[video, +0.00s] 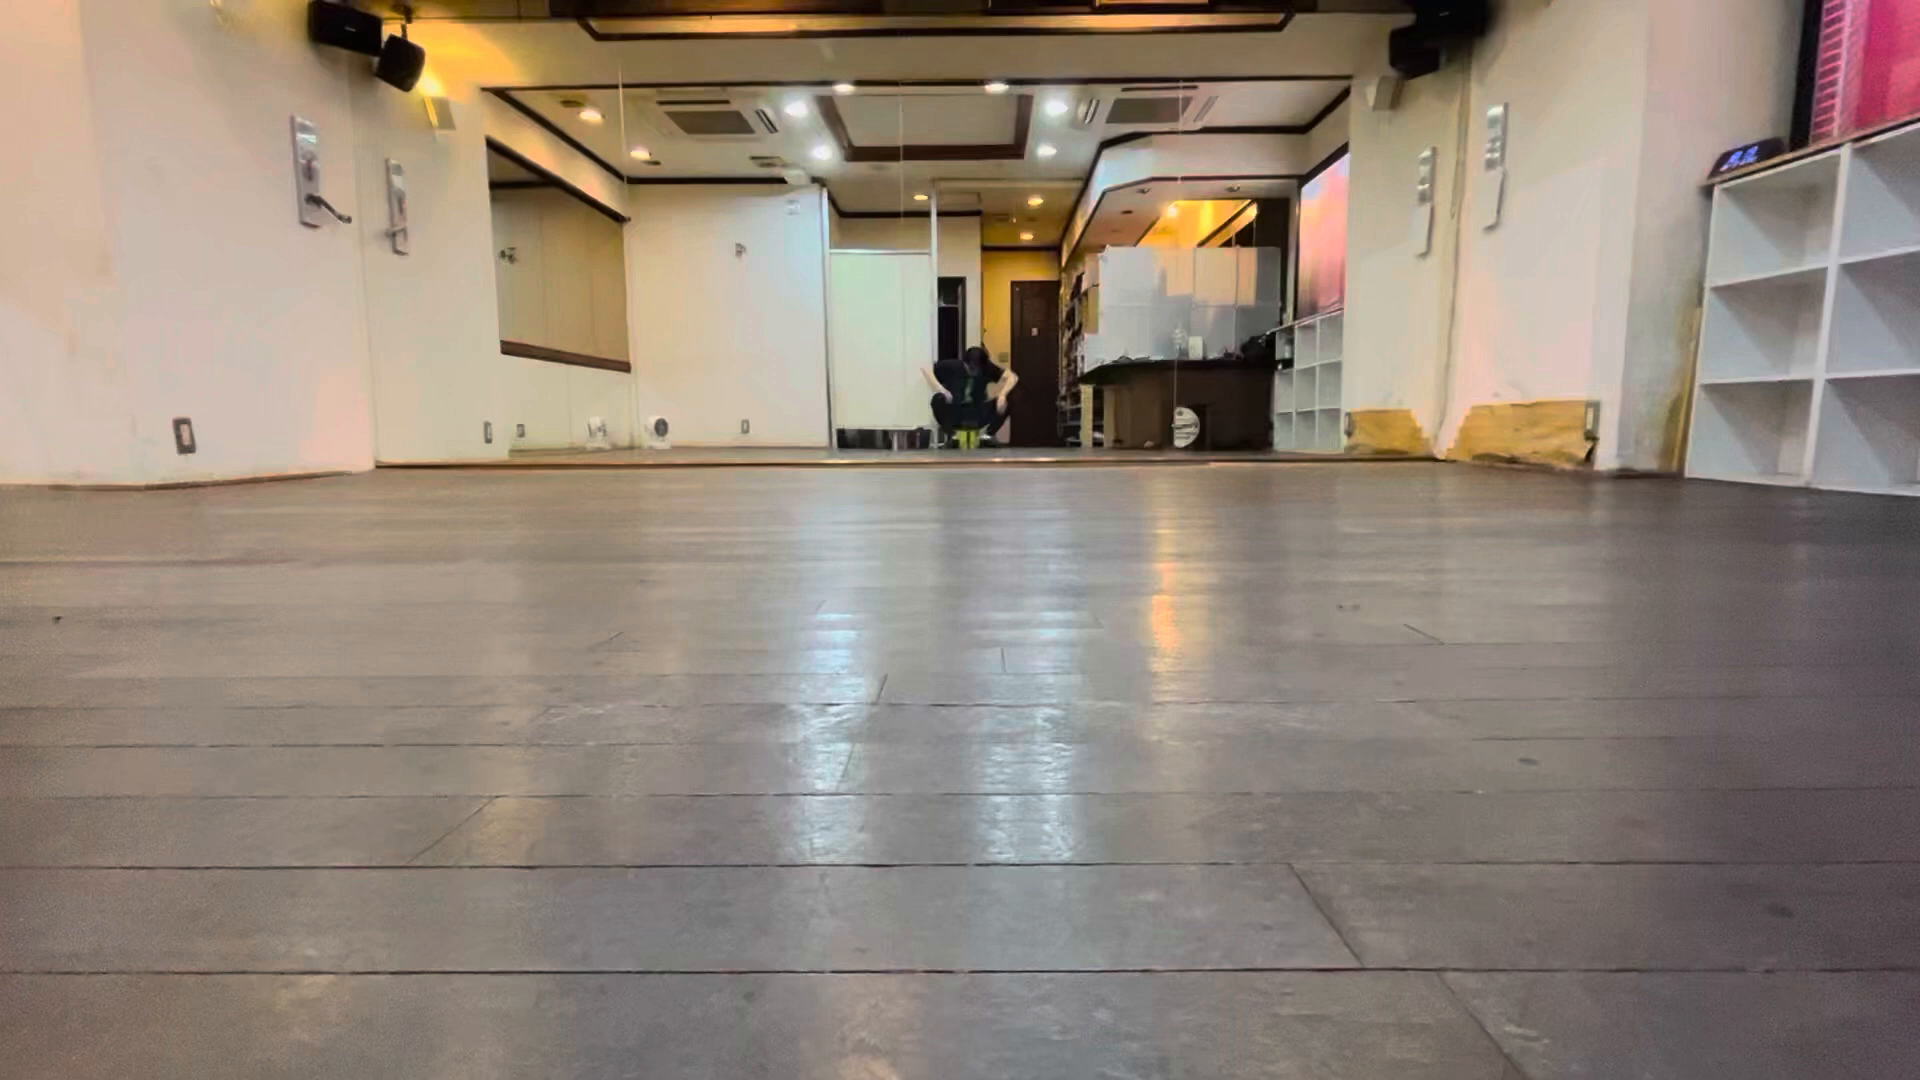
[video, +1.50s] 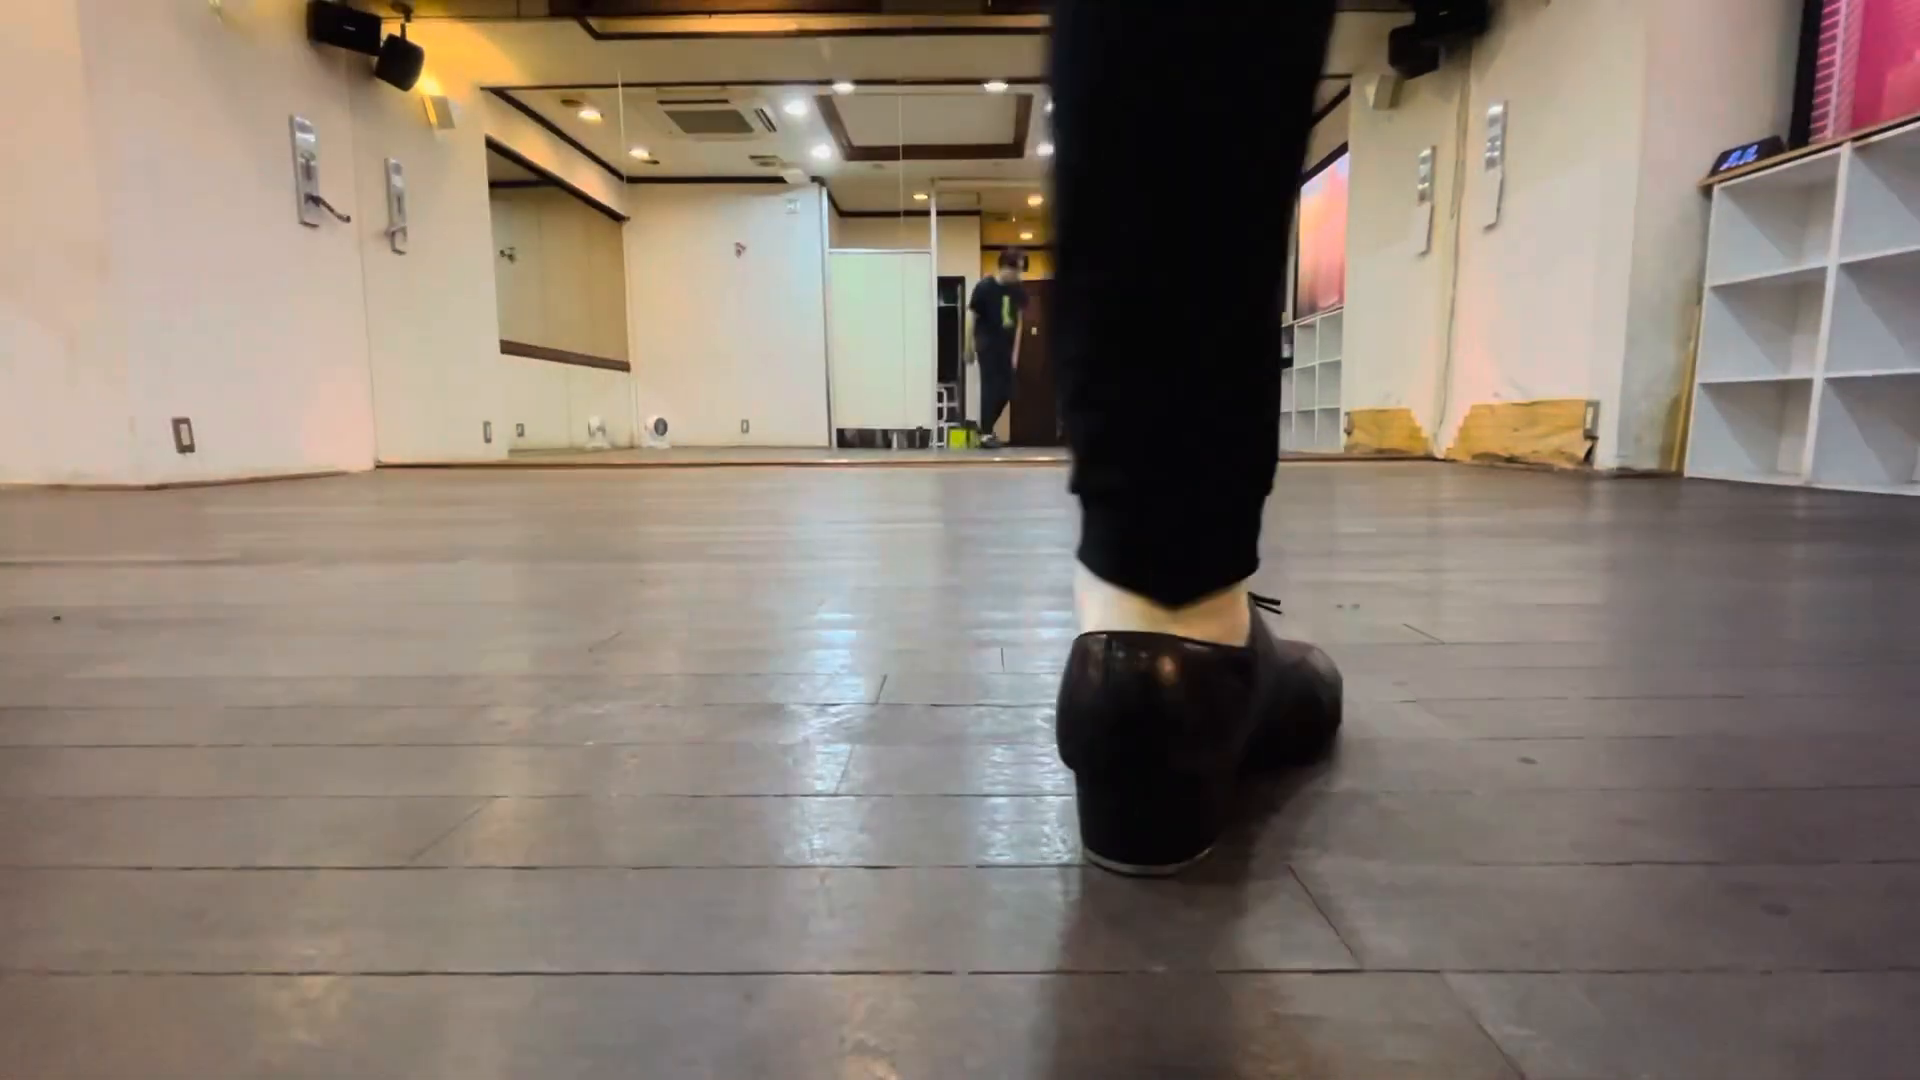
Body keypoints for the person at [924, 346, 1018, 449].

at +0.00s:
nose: (974, 371)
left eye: (977, 369)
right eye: (971, 368)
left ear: (983, 366)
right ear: (965, 363)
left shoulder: (987, 368)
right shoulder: (953, 367)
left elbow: (1012, 377)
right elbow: (926, 369)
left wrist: (1002, 395)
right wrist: (942, 390)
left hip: (978, 413)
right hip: (955, 412)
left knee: (1004, 402)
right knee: (938, 399)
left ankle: (988, 435)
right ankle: (950, 436)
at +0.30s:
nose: (971, 379)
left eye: (977, 375)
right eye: (968, 374)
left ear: (983, 370)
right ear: (964, 368)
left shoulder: (987, 369)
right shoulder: (951, 368)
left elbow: (1010, 367)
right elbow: (925, 369)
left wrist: (1007, 386)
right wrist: (932, 392)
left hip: (978, 415)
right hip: (955, 416)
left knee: (1001, 399)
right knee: (939, 400)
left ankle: (986, 437)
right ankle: (951, 438)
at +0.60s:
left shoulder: (993, 364)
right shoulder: (960, 363)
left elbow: (1022, 366)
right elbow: (928, 368)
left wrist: (1012, 390)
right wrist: (934, 392)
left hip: (978, 395)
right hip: (957, 395)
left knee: (1003, 401)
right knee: (943, 401)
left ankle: (986, 437)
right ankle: (951, 438)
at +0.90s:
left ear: (1006, 336)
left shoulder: (1006, 334)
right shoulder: (973, 332)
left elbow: (1018, 354)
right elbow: (947, 351)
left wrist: (1011, 383)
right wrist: (944, 382)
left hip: (984, 363)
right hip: (960, 362)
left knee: (1000, 395)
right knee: (950, 394)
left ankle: (983, 435)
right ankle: (950, 434)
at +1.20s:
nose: (1009, 301)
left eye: (1013, 298)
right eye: (1007, 296)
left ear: (1017, 293)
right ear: (999, 289)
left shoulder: (1015, 305)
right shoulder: (981, 299)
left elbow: (1013, 334)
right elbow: (963, 325)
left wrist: (1007, 361)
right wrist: (959, 355)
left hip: (992, 355)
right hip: (972, 353)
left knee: (994, 394)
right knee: (967, 391)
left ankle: (982, 435)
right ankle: (958, 431)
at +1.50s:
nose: (1018, 276)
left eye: (1020, 271)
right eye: (1015, 271)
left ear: (1019, 271)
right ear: (1004, 268)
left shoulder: (1017, 291)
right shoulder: (985, 287)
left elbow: (1019, 325)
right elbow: (971, 318)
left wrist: (1015, 352)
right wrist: (969, 347)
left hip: (1005, 346)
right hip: (986, 345)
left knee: (1005, 389)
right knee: (991, 387)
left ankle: (987, 428)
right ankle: (986, 431)